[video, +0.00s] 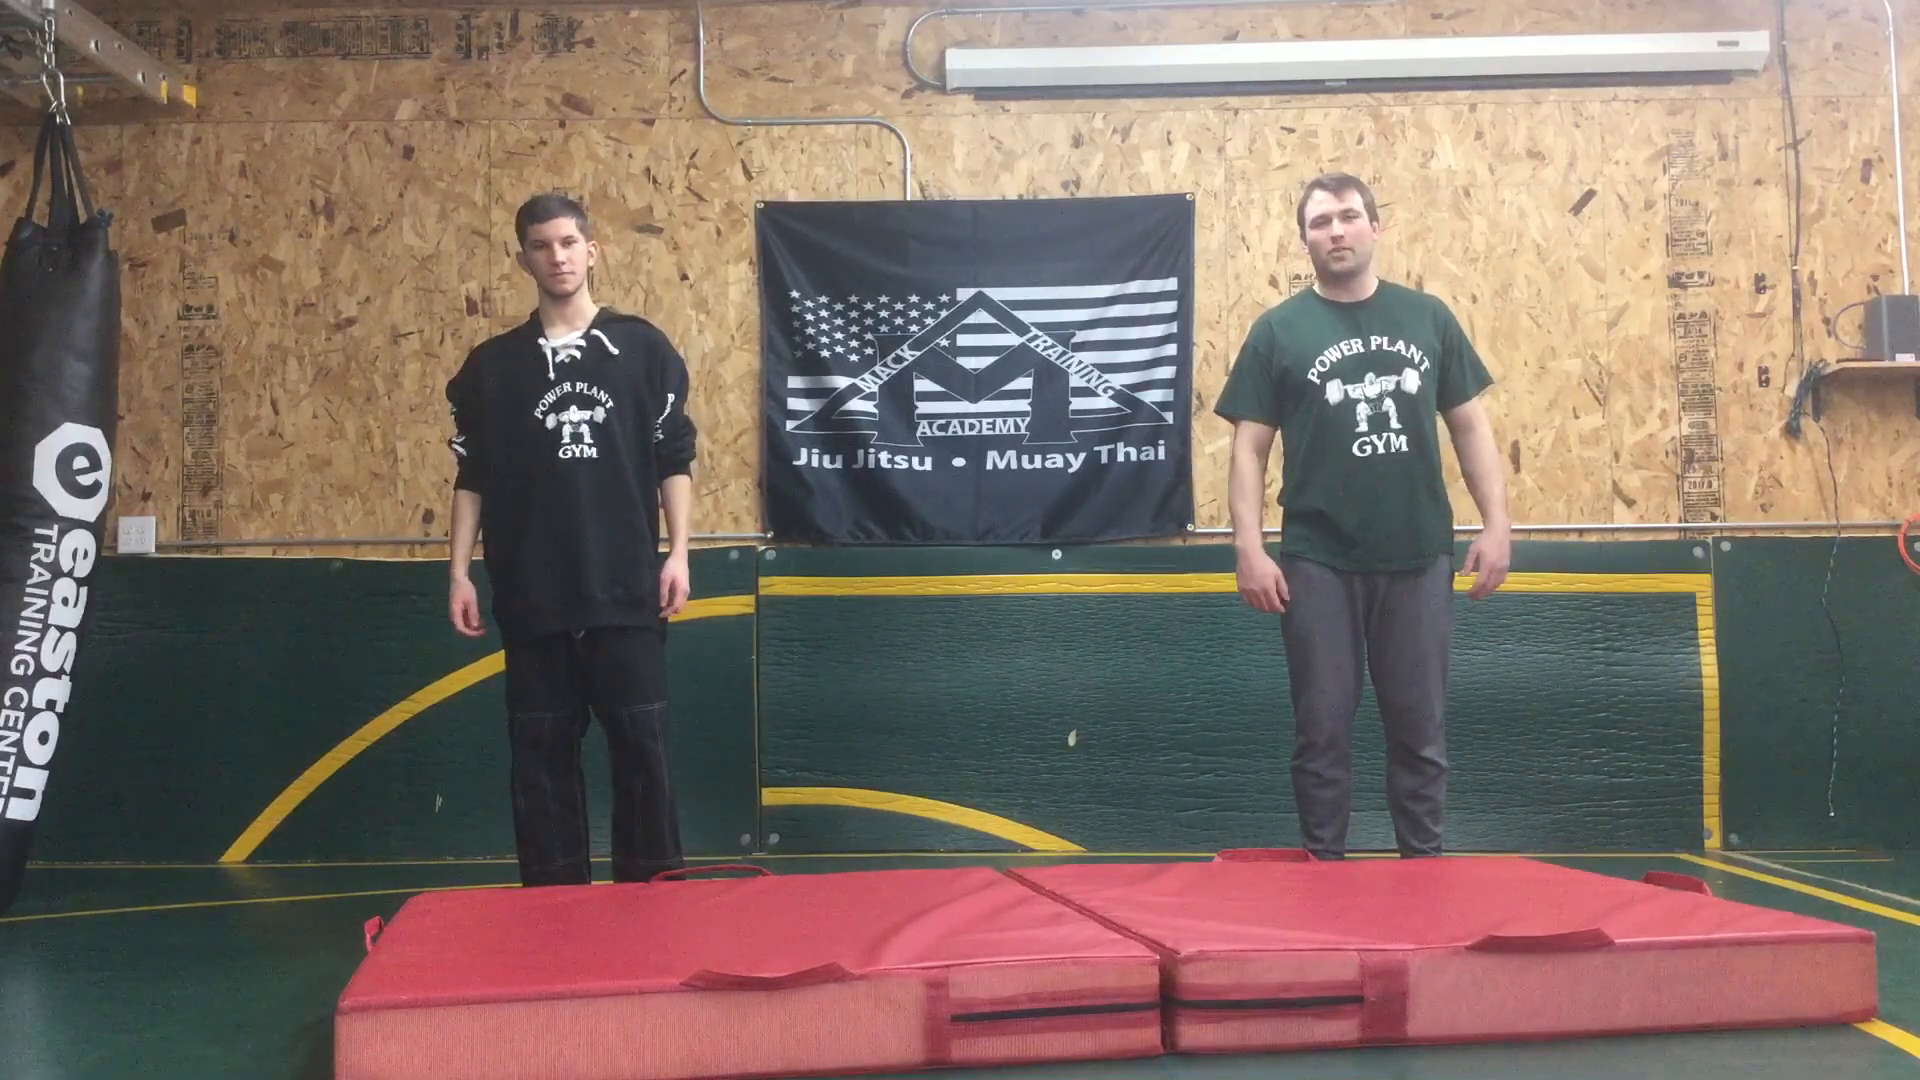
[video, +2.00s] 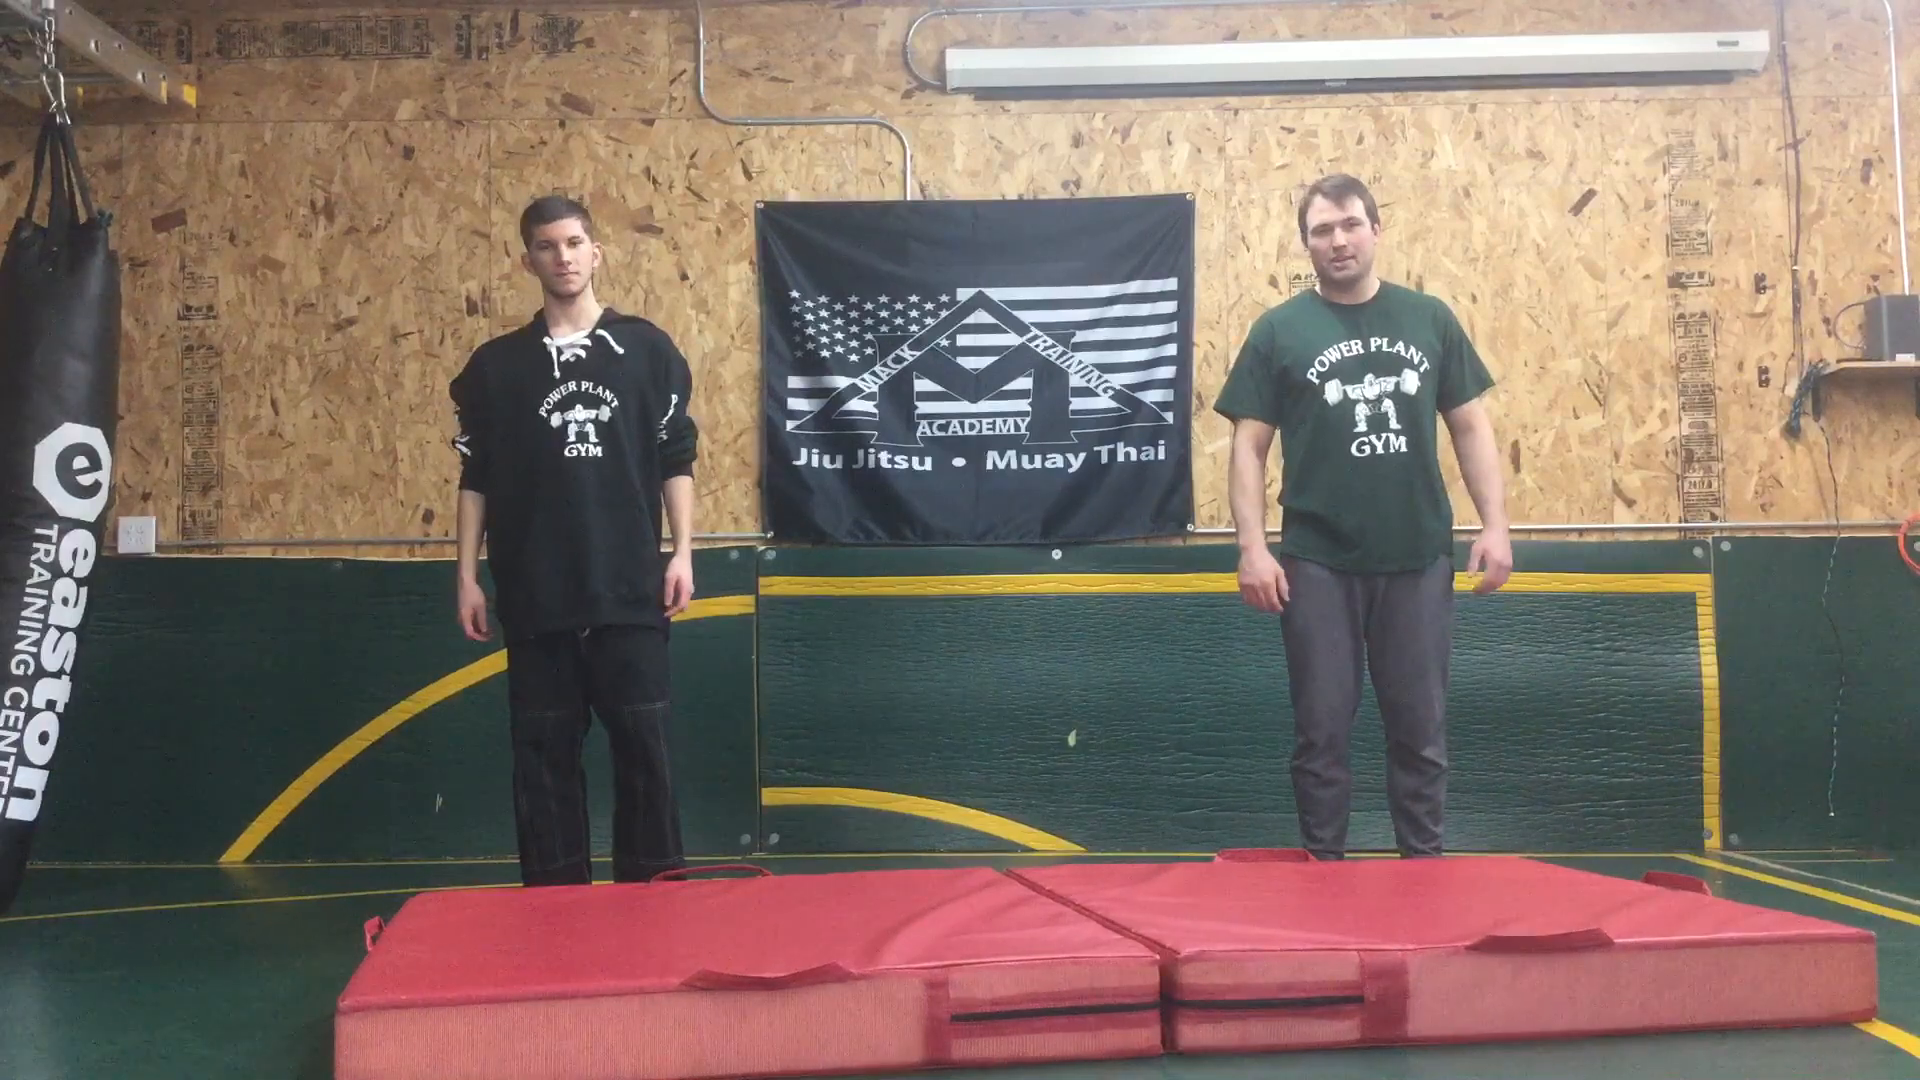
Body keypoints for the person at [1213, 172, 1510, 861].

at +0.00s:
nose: (1336, 230)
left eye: (1348, 217)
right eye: (1320, 222)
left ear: (1376, 229)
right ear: (1304, 241)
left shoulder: (1428, 318)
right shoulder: (1278, 331)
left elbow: (1468, 426)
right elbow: (1249, 446)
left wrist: (1497, 525)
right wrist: (1249, 547)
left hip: (1417, 555)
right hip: (1317, 557)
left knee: (1419, 726)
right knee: (1322, 725)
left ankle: (1423, 870)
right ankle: (1324, 871)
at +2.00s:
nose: (1337, 241)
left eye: (1349, 225)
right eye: (1322, 231)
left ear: (1375, 231)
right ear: (1305, 243)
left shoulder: (1429, 319)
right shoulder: (1278, 332)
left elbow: (1468, 425)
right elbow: (1249, 446)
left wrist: (1495, 524)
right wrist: (1252, 546)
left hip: (1416, 555)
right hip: (1316, 557)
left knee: (1420, 728)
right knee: (1322, 727)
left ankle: (1422, 871)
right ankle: (1323, 873)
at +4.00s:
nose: (1345, 242)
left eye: (1358, 228)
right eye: (1331, 231)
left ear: (1383, 234)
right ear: (1312, 241)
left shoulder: (1432, 321)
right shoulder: (1281, 331)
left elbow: (1472, 428)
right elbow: (1250, 446)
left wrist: (1501, 526)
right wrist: (1250, 545)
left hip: (1419, 555)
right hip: (1319, 557)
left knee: (1421, 726)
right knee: (1323, 725)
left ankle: (1423, 869)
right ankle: (1323, 871)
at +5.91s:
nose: (1335, 223)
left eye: (1349, 211)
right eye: (1322, 218)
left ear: (1382, 231)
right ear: (1310, 244)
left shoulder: (1435, 320)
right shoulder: (1283, 332)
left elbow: (1474, 429)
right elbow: (1254, 448)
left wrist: (1496, 531)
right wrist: (1254, 548)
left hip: (1422, 556)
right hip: (1321, 558)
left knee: (1422, 729)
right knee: (1324, 727)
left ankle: (1424, 870)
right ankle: (1323, 872)